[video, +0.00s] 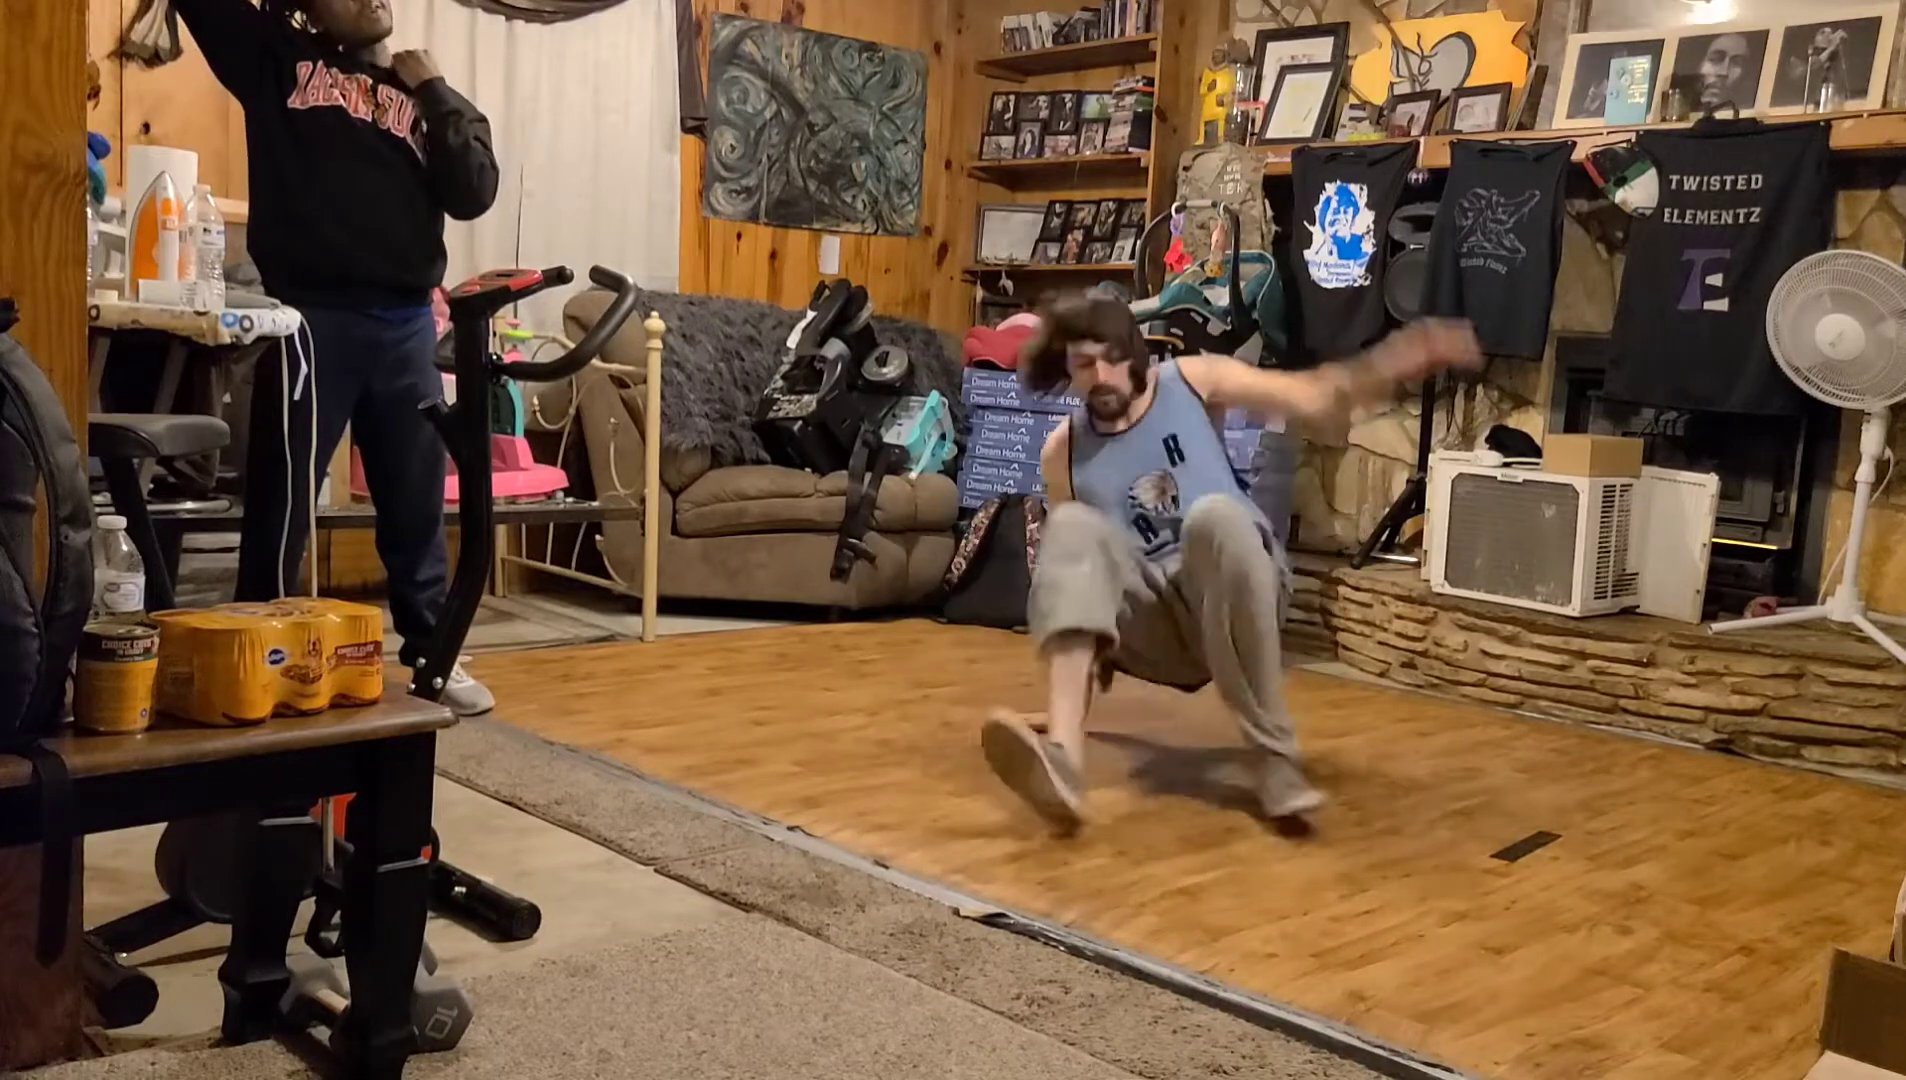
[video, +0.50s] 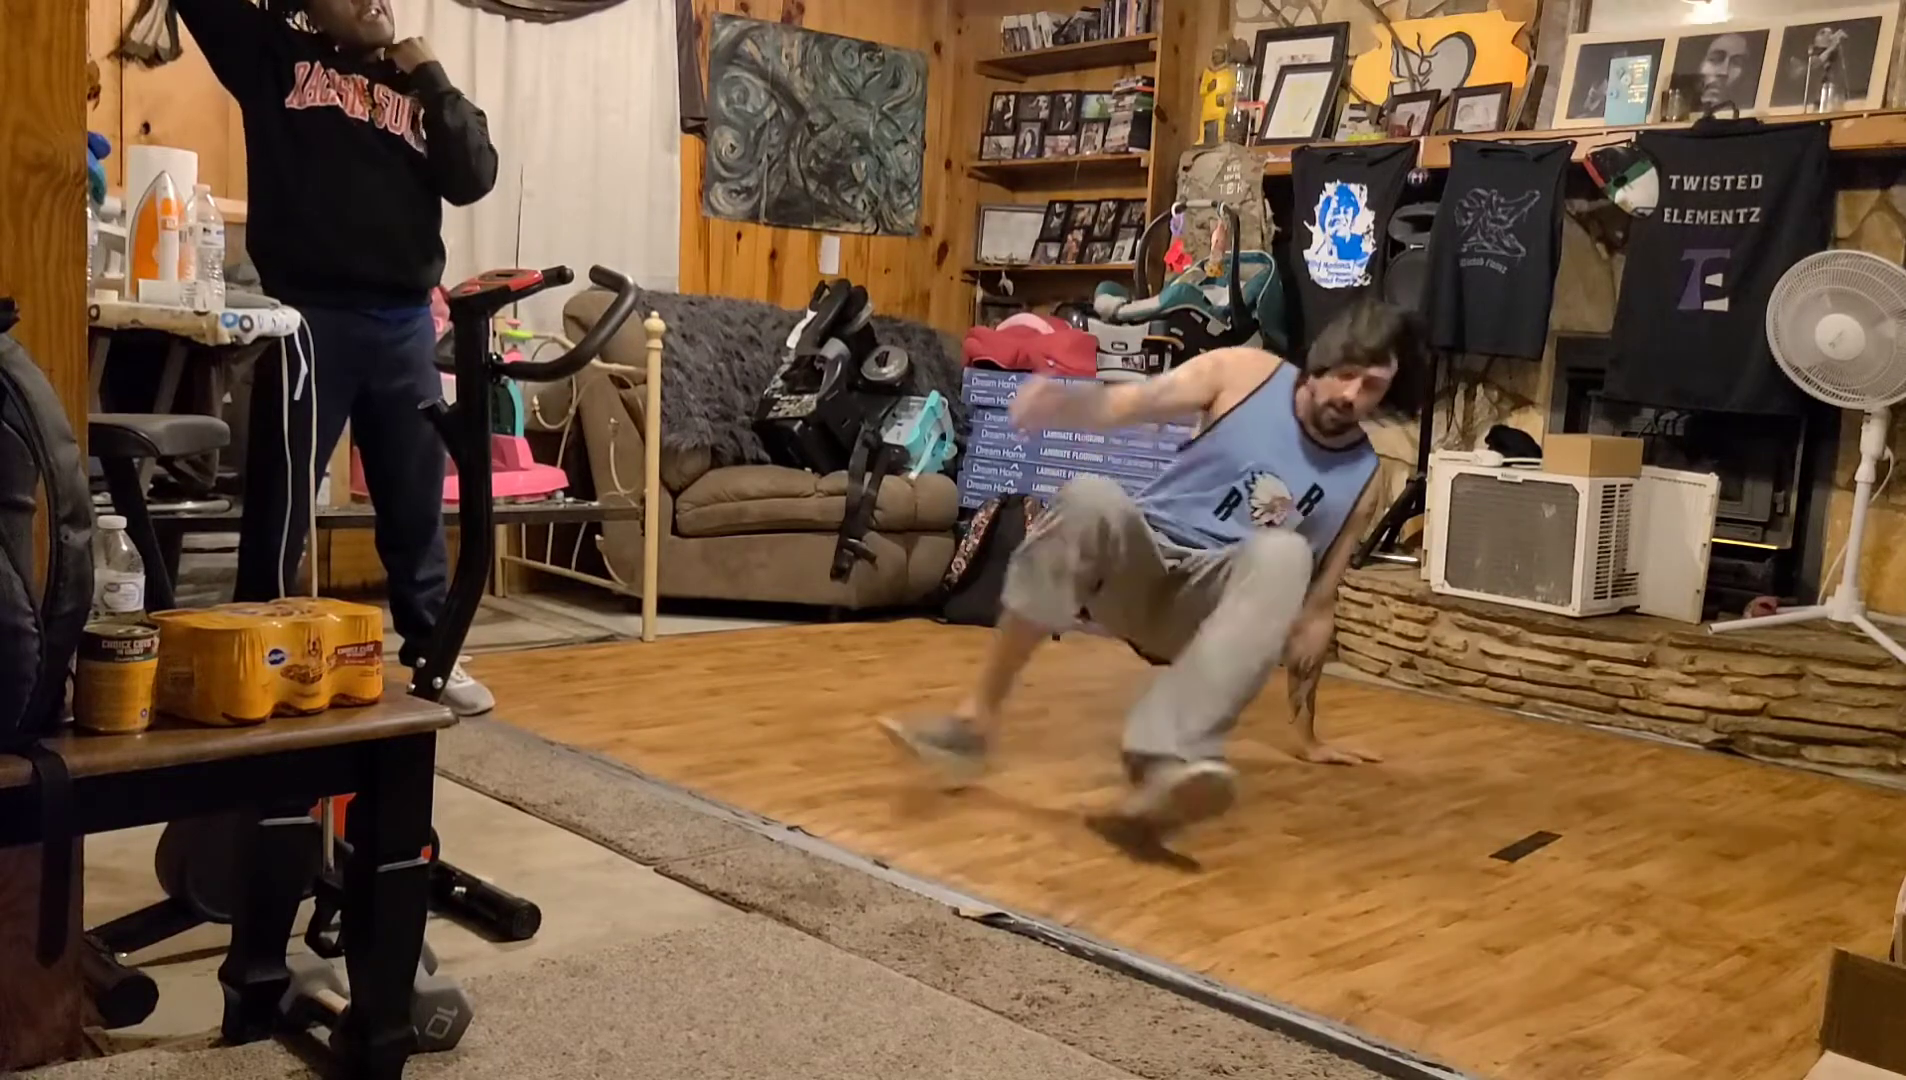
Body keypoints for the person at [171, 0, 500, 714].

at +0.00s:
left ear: (383, 10)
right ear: (308, 9)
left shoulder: (417, 94)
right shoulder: (275, 57)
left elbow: (472, 196)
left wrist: (435, 93)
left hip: (405, 325)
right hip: (308, 320)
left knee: (415, 503)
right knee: (282, 502)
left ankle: (433, 657)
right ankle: (258, 662)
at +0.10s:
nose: (377, 0)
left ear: (383, 10)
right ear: (307, 10)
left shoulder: (417, 94)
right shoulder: (275, 58)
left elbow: (472, 197)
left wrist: (437, 93)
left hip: (405, 326)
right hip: (308, 320)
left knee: (415, 503)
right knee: (282, 502)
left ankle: (433, 657)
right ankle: (257, 662)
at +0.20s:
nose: (377, 0)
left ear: (384, 9)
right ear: (308, 10)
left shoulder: (416, 95)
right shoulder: (275, 59)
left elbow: (472, 197)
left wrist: (438, 94)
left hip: (405, 326)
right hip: (308, 320)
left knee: (415, 503)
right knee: (282, 502)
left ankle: (433, 657)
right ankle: (257, 662)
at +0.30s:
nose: (376, 1)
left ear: (382, 11)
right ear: (308, 11)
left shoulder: (416, 96)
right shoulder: (274, 59)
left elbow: (471, 198)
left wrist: (437, 94)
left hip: (405, 326)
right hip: (308, 320)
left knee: (415, 503)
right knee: (282, 502)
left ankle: (433, 657)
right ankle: (257, 661)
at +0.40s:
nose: (376, 1)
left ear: (383, 10)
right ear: (308, 10)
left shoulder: (418, 94)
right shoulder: (274, 58)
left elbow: (470, 194)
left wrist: (435, 91)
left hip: (404, 325)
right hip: (308, 320)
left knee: (415, 502)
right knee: (281, 502)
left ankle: (433, 657)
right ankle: (256, 661)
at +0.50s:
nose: (378, 3)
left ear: (385, 8)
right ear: (310, 10)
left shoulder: (419, 86)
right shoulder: (272, 56)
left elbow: (472, 181)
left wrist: (430, 79)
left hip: (403, 324)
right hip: (306, 319)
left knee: (415, 502)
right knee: (280, 502)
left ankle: (433, 657)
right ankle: (256, 661)